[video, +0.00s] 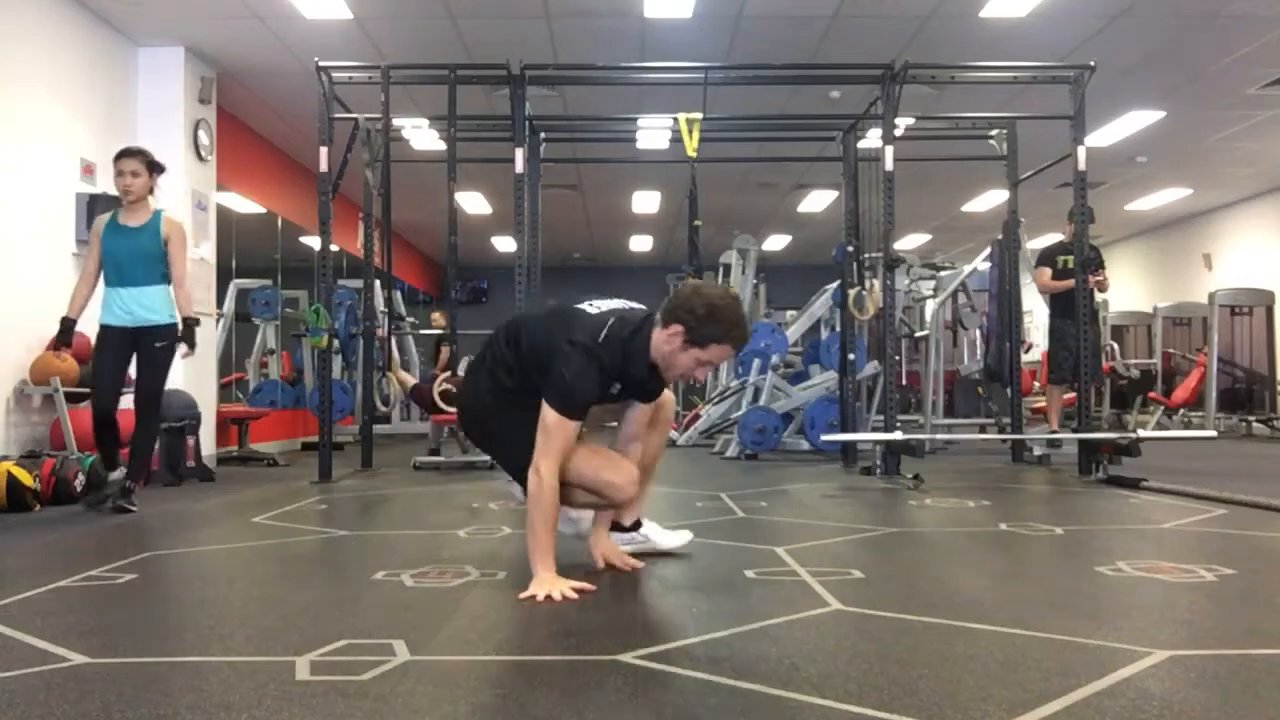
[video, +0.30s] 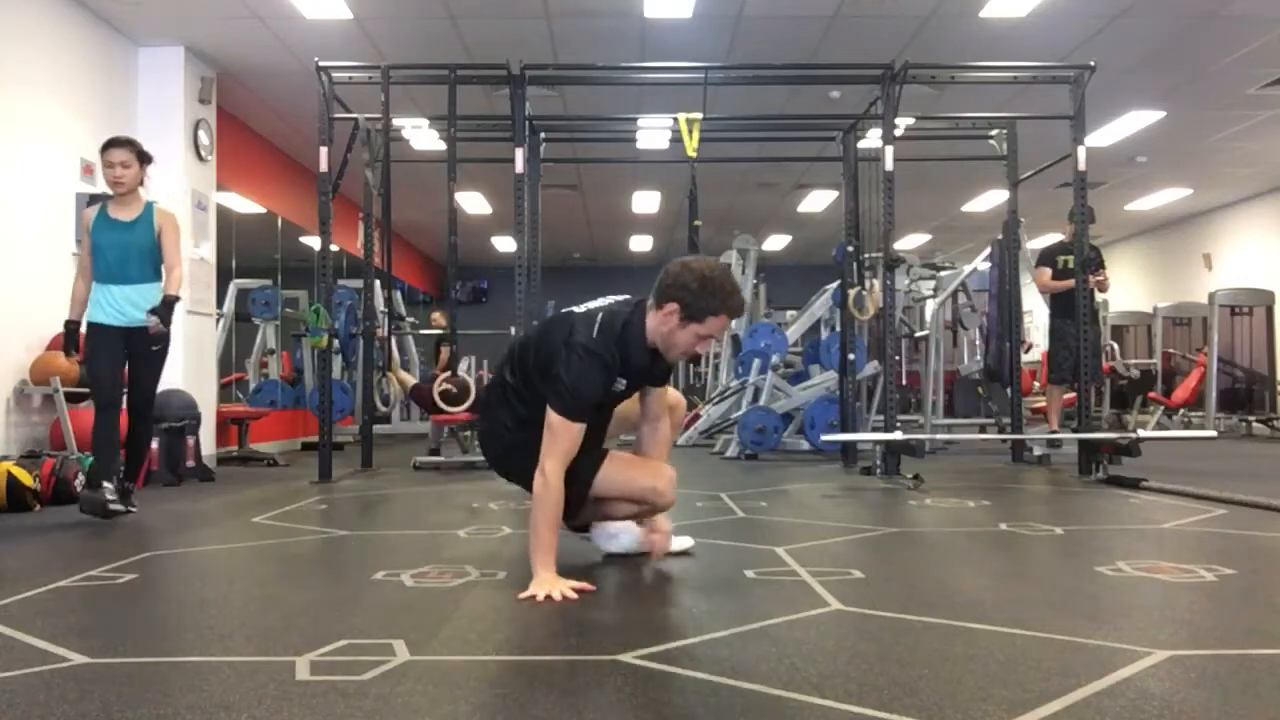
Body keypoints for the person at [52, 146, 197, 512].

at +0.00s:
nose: (126, 181)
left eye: (134, 174)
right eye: (120, 175)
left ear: (152, 179)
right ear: (114, 181)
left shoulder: (169, 227)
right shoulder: (103, 225)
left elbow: (179, 281)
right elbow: (88, 279)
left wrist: (189, 322)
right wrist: (67, 326)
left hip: (158, 326)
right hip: (114, 326)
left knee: (146, 407)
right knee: (103, 405)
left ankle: (131, 487)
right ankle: (111, 470)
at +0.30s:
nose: (116, 173)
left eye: (125, 165)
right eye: (109, 166)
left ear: (142, 169)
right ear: (102, 171)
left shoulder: (162, 218)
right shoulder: (91, 217)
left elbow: (174, 270)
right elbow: (83, 276)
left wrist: (165, 310)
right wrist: (72, 326)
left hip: (147, 324)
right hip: (102, 323)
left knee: (140, 410)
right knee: (106, 402)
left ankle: (127, 488)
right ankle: (103, 486)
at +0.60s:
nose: (98, 155)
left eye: (106, 147)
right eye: (90, 148)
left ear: (122, 151)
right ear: (80, 154)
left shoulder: (144, 200)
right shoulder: (71, 206)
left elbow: (159, 258)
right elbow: (62, 267)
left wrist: (175, 308)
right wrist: (44, 317)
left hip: (133, 316)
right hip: (84, 317)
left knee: (127, 404)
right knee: (98, 407)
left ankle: (137, 473)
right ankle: (114, 496)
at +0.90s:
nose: (78, 144)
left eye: (87, 136)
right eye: (69, 136)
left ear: (104, 139)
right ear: (59, 141)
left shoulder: (125, 190)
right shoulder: (46, 194)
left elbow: (145, 251)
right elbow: (24, 248)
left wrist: (167, 305)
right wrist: (4, 288)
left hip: (114, 307)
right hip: (66, 310)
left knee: (93, 398)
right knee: (88, 402)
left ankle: (91, 502)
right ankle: (113, 498)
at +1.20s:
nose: (40, 122)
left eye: (50, 113)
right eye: (30, 114)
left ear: (69, 117)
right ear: (20, 118)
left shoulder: (91, 175)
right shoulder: (11, 179)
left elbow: (108, 246)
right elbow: (1, 238)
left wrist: (128, 302)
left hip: (79, 300)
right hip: (24, 303)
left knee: (71, 408)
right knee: (20, 410)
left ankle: (48, 512)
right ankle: (76, 473)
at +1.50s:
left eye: (2, 92)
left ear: (26, 95)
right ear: (0, 97)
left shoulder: (54, 152)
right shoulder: (2, 151)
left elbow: (72, 223)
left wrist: (50, 282)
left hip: (44, 293)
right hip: (0, 295)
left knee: (45, 402)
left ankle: (43, 513)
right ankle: (40, 510)